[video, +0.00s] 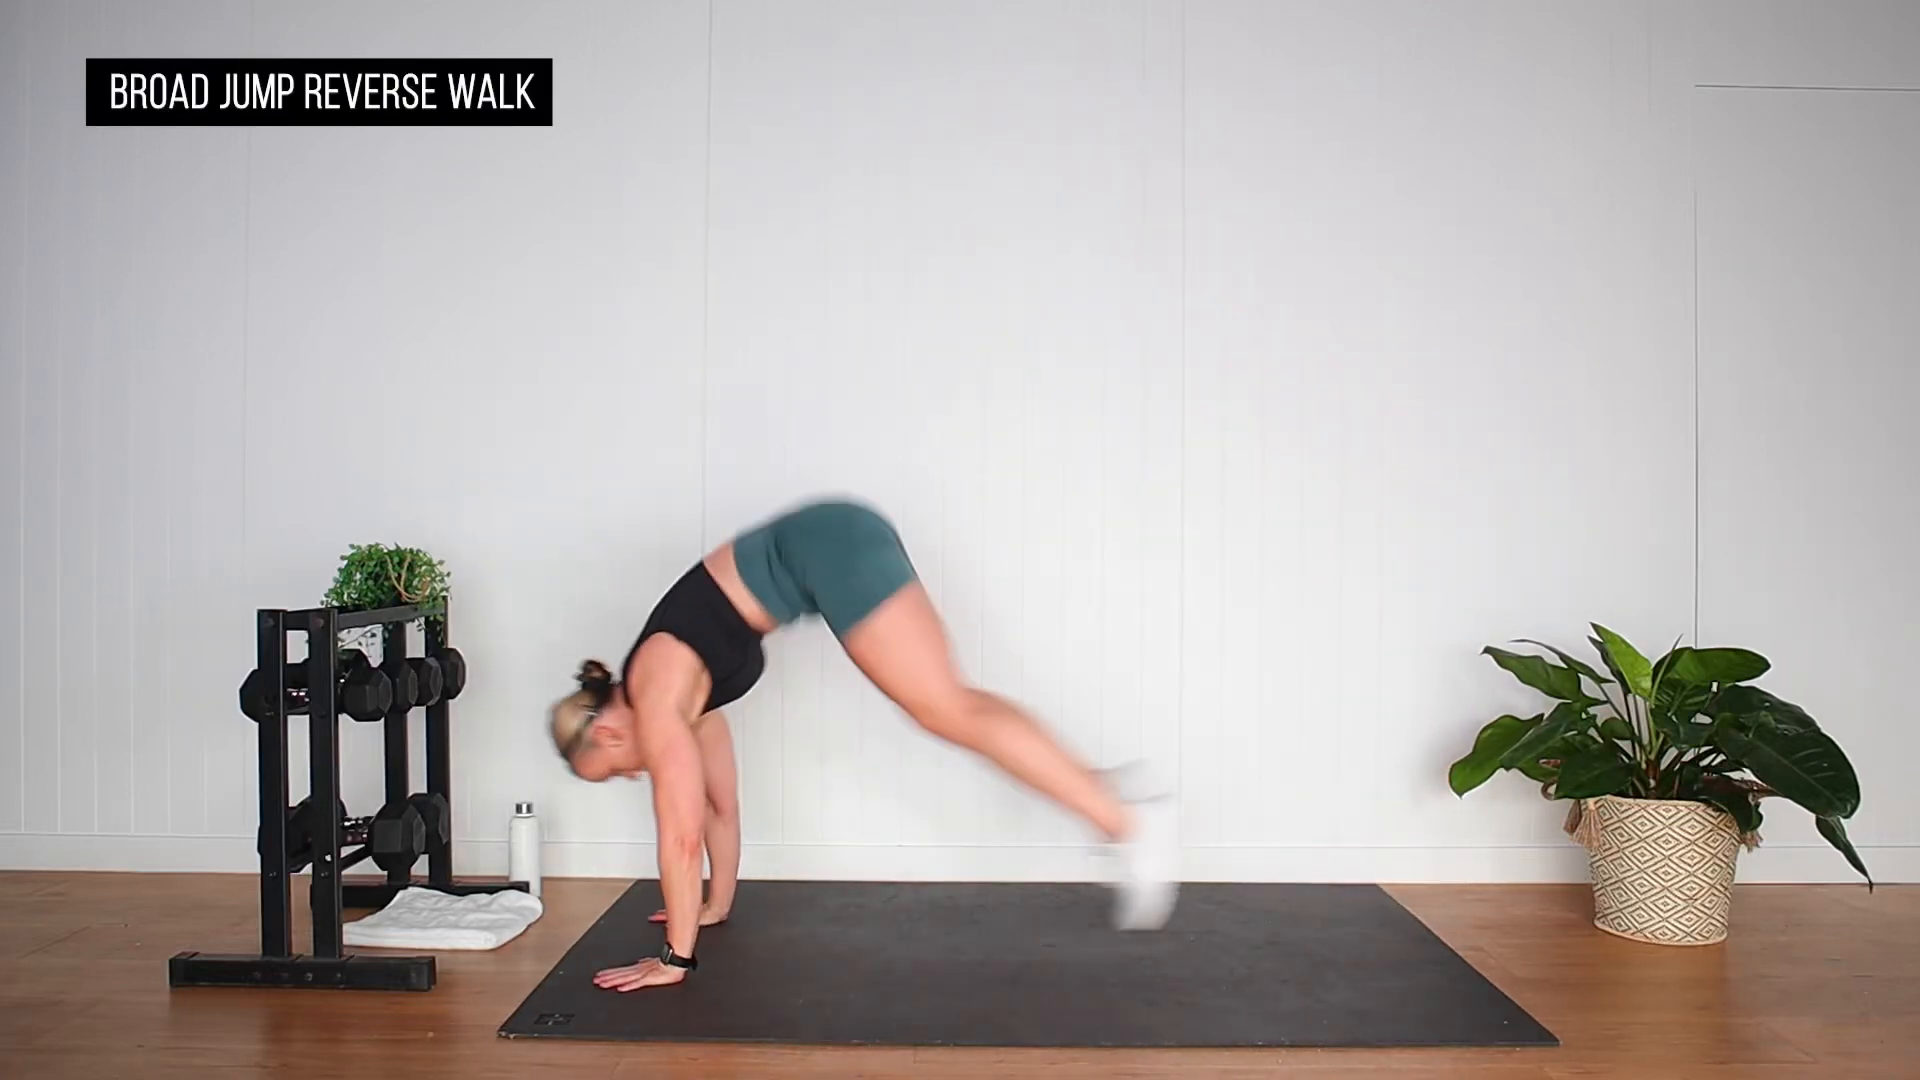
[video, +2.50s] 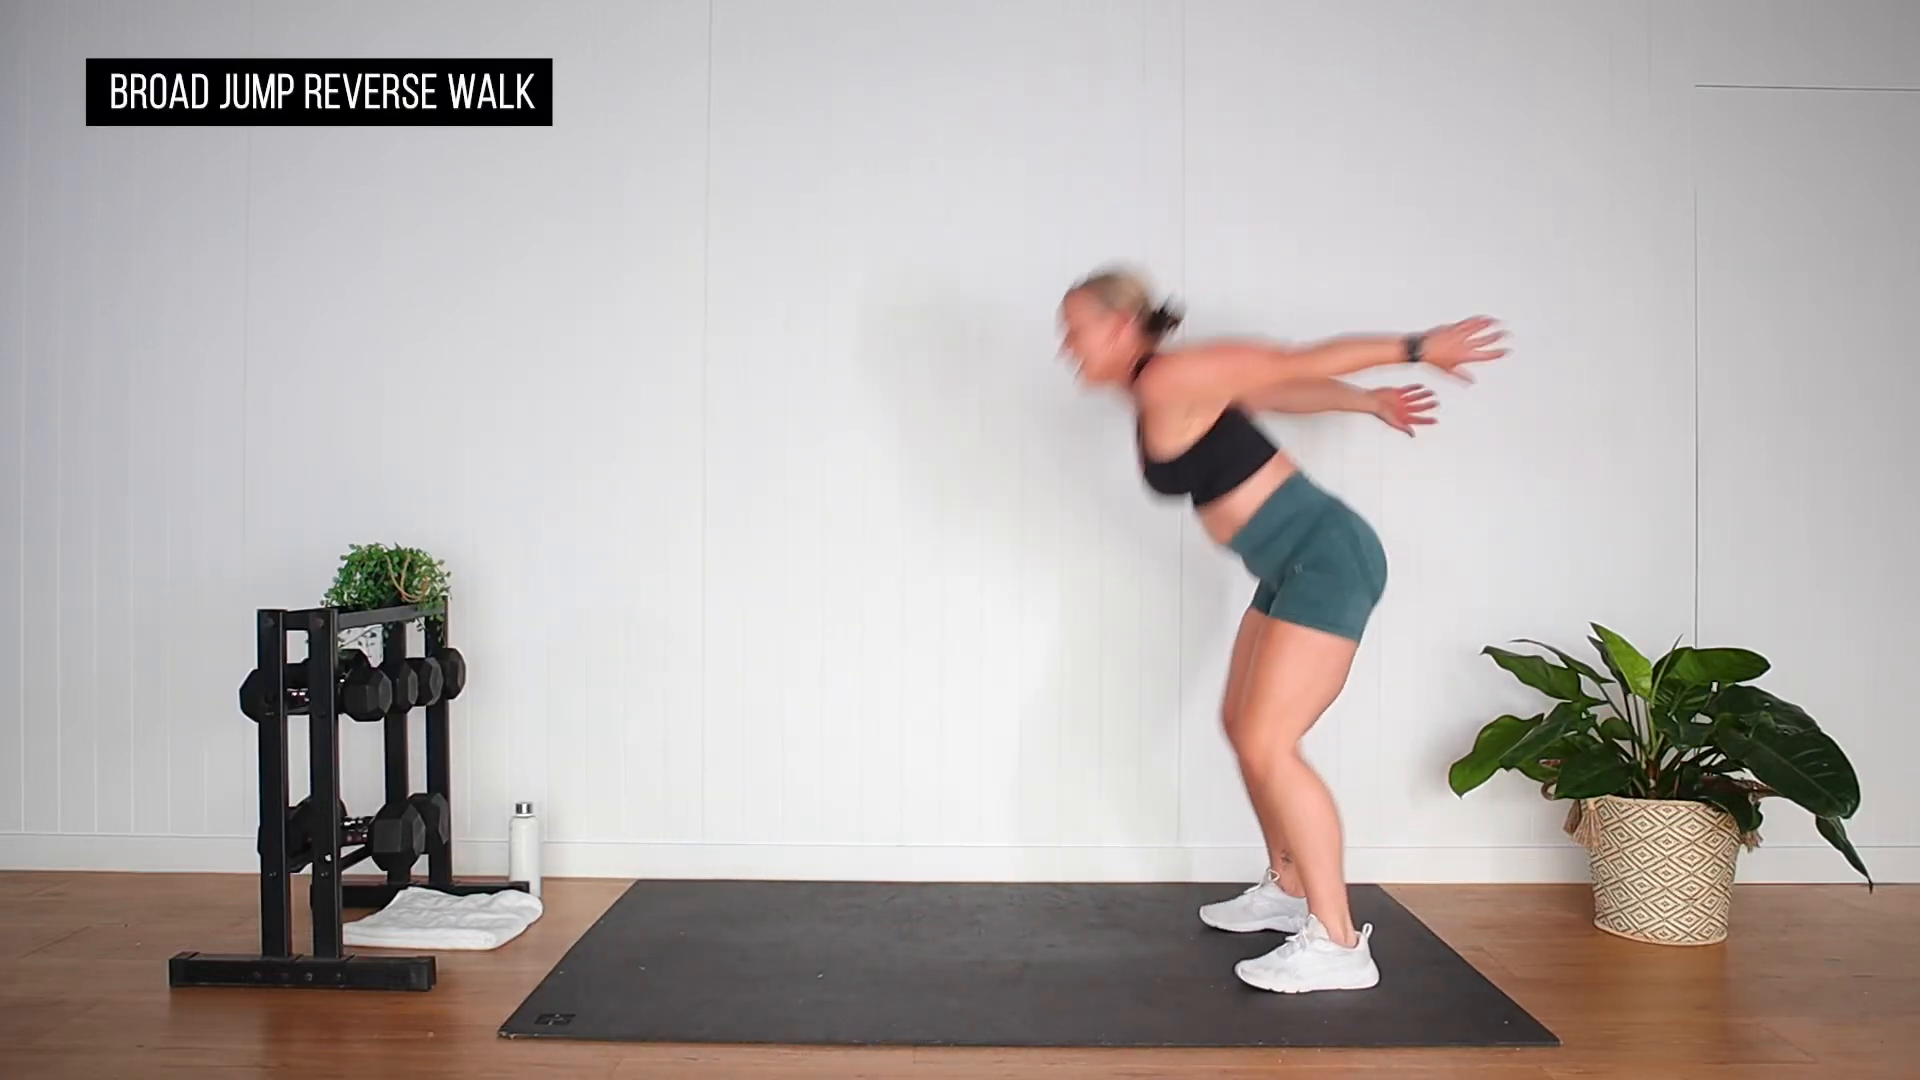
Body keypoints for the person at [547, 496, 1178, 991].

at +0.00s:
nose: (629, 774)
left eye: (609, 766)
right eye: (613, 772)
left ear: (606, 726)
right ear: (615, 721)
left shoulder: (654, 693)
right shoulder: (676, 689)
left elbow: (680, 832)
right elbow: (718, 809)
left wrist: (678, 957)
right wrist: (717, 903)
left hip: (832, 547)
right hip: (834, 544)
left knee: (950, 712)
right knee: (954, 703)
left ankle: (1124, 827)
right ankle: (1103, 794)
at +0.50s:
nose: (708, 761)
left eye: (695, 748)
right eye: (693, 754)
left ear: (707, 708)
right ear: (709, 698)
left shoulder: (771, 694)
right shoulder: (763, 685)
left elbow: (799, 828)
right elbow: (759, 809)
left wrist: (761, 926)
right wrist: (724, 904)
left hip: (987, 614)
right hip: (984, 613)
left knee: (1109, 774)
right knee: (1111, 766)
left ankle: (1278, 901)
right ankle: (1258, 869)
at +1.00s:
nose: (919, 784)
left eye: (906, 774)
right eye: (907, 781)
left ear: (914, 734)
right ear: (917, 729)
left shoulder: (972, 717)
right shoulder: (989, 711)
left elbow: (937, 854)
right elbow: (1038, 795)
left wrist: (871, 956)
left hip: (1165, 568)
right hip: (1151, 570)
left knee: (1187, 768)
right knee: (1188, 759)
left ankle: (1323, 924)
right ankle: (1278, 879)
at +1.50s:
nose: (1048, 702)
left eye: (1044, 688)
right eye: (1039, 692)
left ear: (1077, 662)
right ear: (1076, 661)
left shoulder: (1145, 692)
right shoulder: (1123, 674)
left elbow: (1163, 838)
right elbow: (1085, 800)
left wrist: (1112, 946)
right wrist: (1030, 901)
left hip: (1371, 642)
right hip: (1340, 632)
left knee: (1239, 761)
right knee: (1225, 748)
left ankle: (1334, 943)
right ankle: (1286, 891)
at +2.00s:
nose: (1142, 309)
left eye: (1151, 293)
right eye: (1141, 294)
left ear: (1200, 288)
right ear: (1189, 292)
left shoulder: (1232, 368)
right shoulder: (1210, 369)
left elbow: (1138, 469)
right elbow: (1137, 463)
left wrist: (1057, 416)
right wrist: (1060, 416)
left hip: (1365, 546)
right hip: (1323, 551)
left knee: (1304, 735)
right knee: (1265, 719)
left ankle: (1341, 942)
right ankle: (1291, 883)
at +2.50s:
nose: (1068, 350)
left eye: (1076, 333)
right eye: (1066, 336)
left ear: (1122, 324)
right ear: (1118, 330)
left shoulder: (1169, 377)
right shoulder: (1161, 386)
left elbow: (1294, 364)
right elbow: (1278, 390)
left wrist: (1417, 346)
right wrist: (1369, 402)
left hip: (1325, 554)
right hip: (1289, 561)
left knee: (1268, 741)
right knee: (1244, 725)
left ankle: (1339, 940)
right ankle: (1292, 886)